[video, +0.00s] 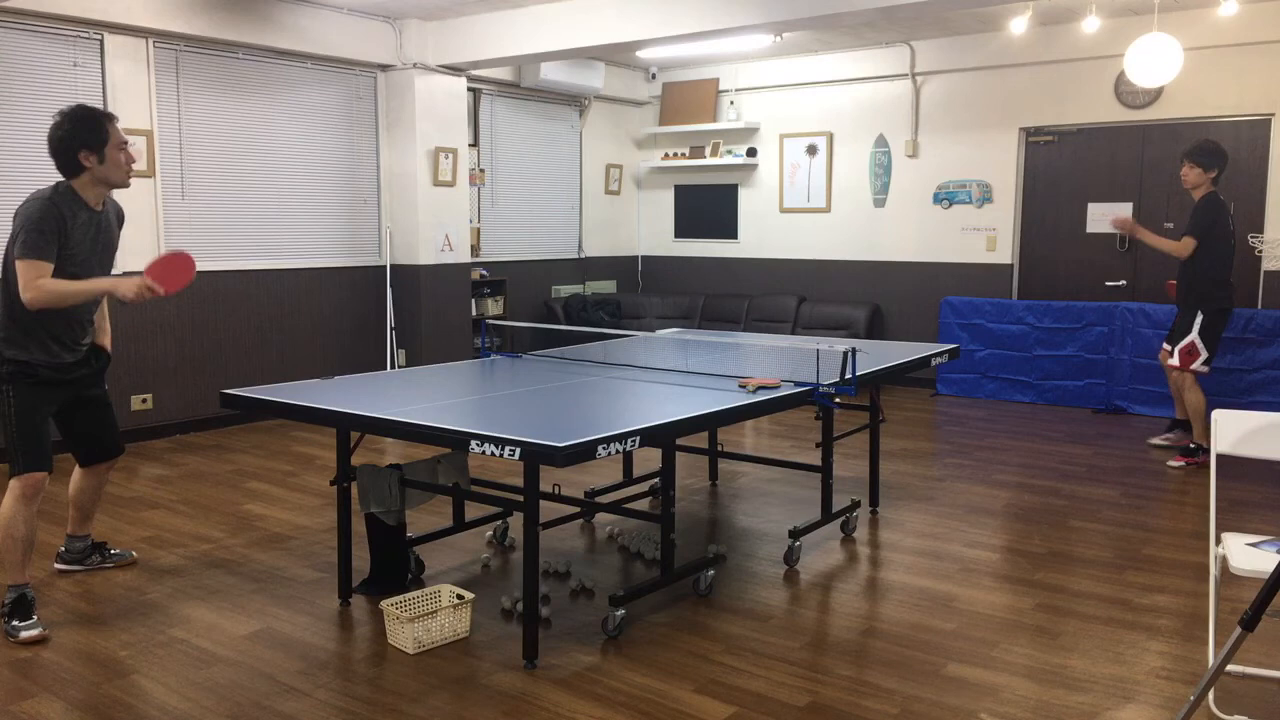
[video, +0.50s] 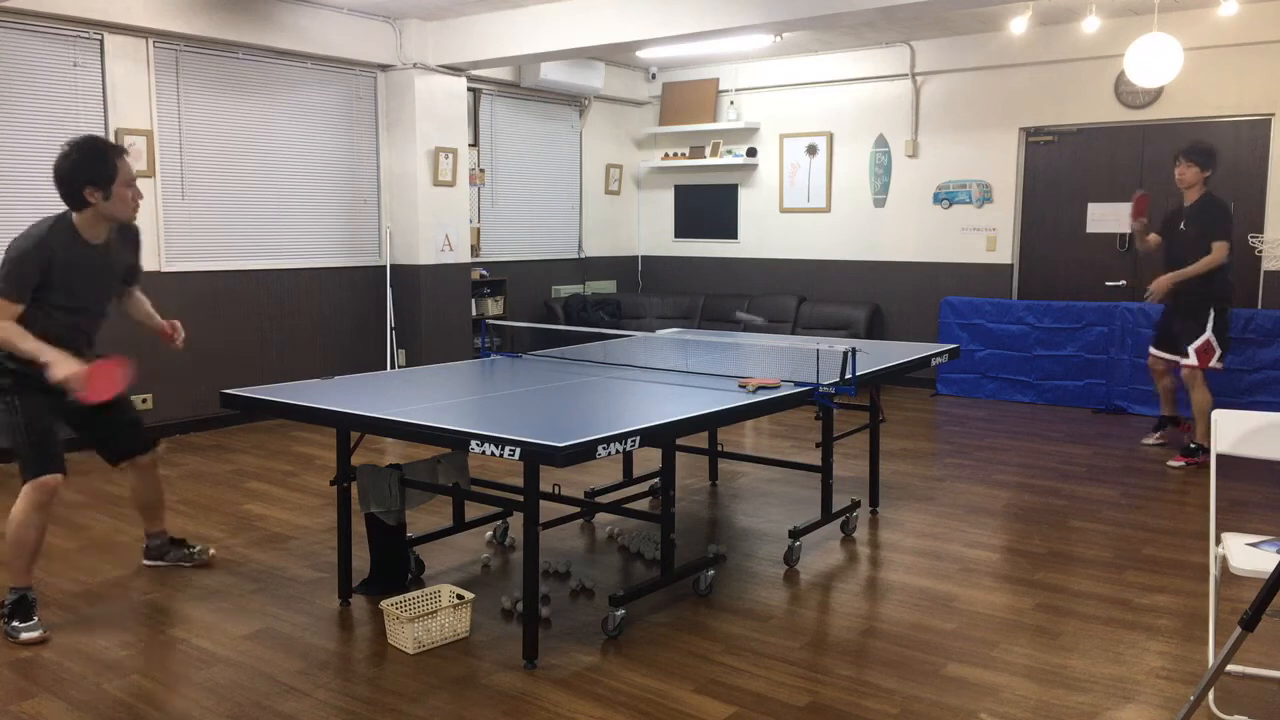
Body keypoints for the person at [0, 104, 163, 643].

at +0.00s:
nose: (131, 154)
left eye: (127, 144)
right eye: (120, 148)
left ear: (94, 158)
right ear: (86, 160)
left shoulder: (111, 214)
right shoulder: (41, 211)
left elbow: (96, 281)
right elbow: (33, 292)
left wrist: (102, 343)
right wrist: (110, 284)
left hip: (77, 361)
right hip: (22, 365)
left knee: (101, 453)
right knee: (30, 478)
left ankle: (78, 544)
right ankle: (16, 594)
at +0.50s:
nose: (138, 192)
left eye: (135, 181)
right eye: (128, 184)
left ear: (102, 193)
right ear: (93, 196)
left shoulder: (124, 238)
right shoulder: (36, 246)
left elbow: (125, 291)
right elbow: (2, 323)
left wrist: (158, 323)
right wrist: (51, 355)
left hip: (82, 367)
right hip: (23, 374)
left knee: (141, 451)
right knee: (45, 480)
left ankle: (158, 543)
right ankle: (18, 598)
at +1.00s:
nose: (192, 191)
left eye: (192, 180)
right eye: (181, 183)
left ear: (173, 185)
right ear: (147, 189)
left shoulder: (175, 229)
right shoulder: (122, 237)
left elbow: (167, 283)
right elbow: (153, 312)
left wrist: (195, 314)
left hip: (133, 366)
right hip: (78, 368)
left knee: (188, 450)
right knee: (63, 472)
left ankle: (165, 541)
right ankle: (23, 595)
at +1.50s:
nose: (157, 190)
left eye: (153, 179)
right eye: (147, 181)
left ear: (115, 193)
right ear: (115, 193)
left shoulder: (100, 240)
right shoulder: (89, 245)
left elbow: (91, 322)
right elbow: (123, 331)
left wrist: (143, 334)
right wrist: (199, 307)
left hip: (62, 390)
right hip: (28, 393)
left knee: (129, 455)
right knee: (77, 495)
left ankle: (99, 545)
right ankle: (19, 611)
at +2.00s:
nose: (141, 214)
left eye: (136, 204)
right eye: (130, 209)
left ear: (105, 221)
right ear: (97, 223)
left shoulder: (116, 260)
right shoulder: (56, 275)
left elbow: (104, 316)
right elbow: (39, 361)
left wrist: (149, 346)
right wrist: (119, 357)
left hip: (72, 393)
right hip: (25, 400)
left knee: (143, 453)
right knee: (74, 489)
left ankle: (120, 535)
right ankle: (9, 606)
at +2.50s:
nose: (72, 285)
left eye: (70, 272)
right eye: (57, 279)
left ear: (72, 267)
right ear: (20, 293)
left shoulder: (94, 303)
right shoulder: (7, 328)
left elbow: (161, 323)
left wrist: (203, 356)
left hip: (97, 413)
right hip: (34, 418)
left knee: (168, 484)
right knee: (47, 482)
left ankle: (123, 531)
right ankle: (14, 600)